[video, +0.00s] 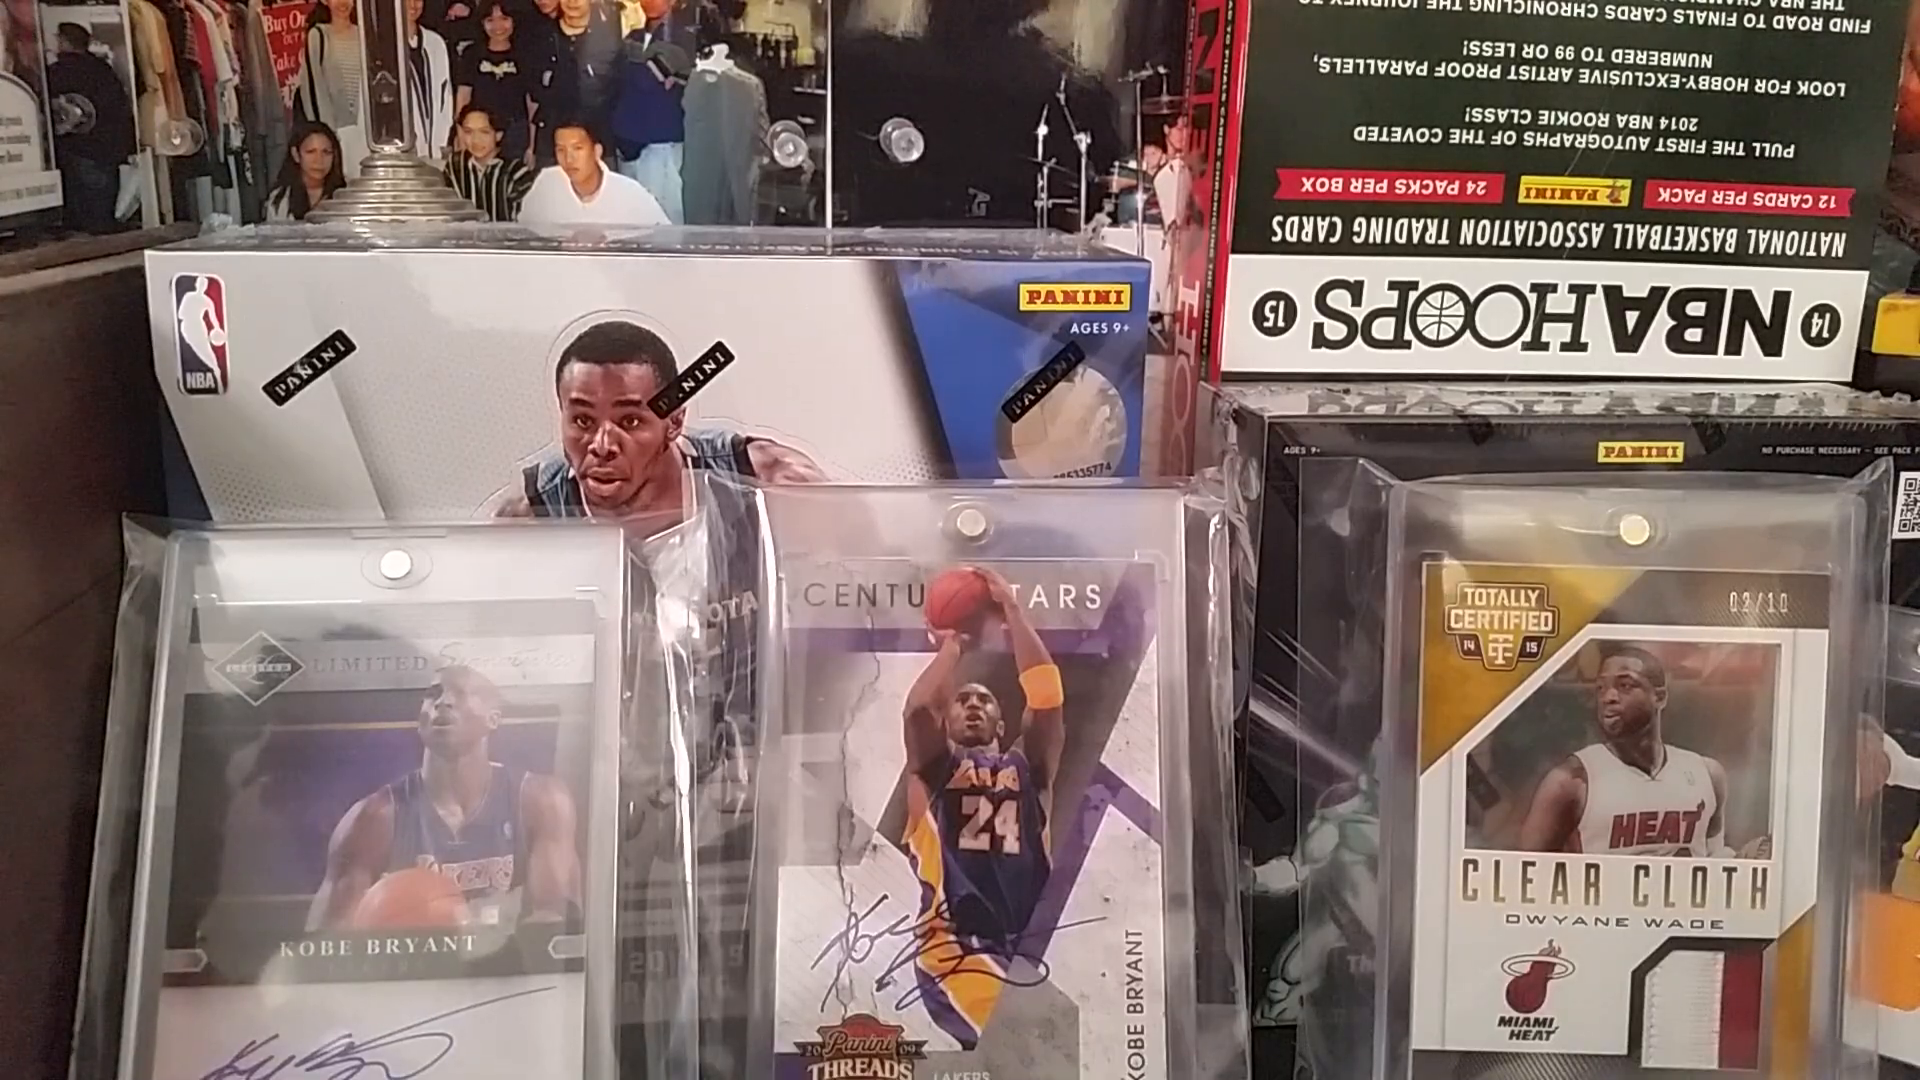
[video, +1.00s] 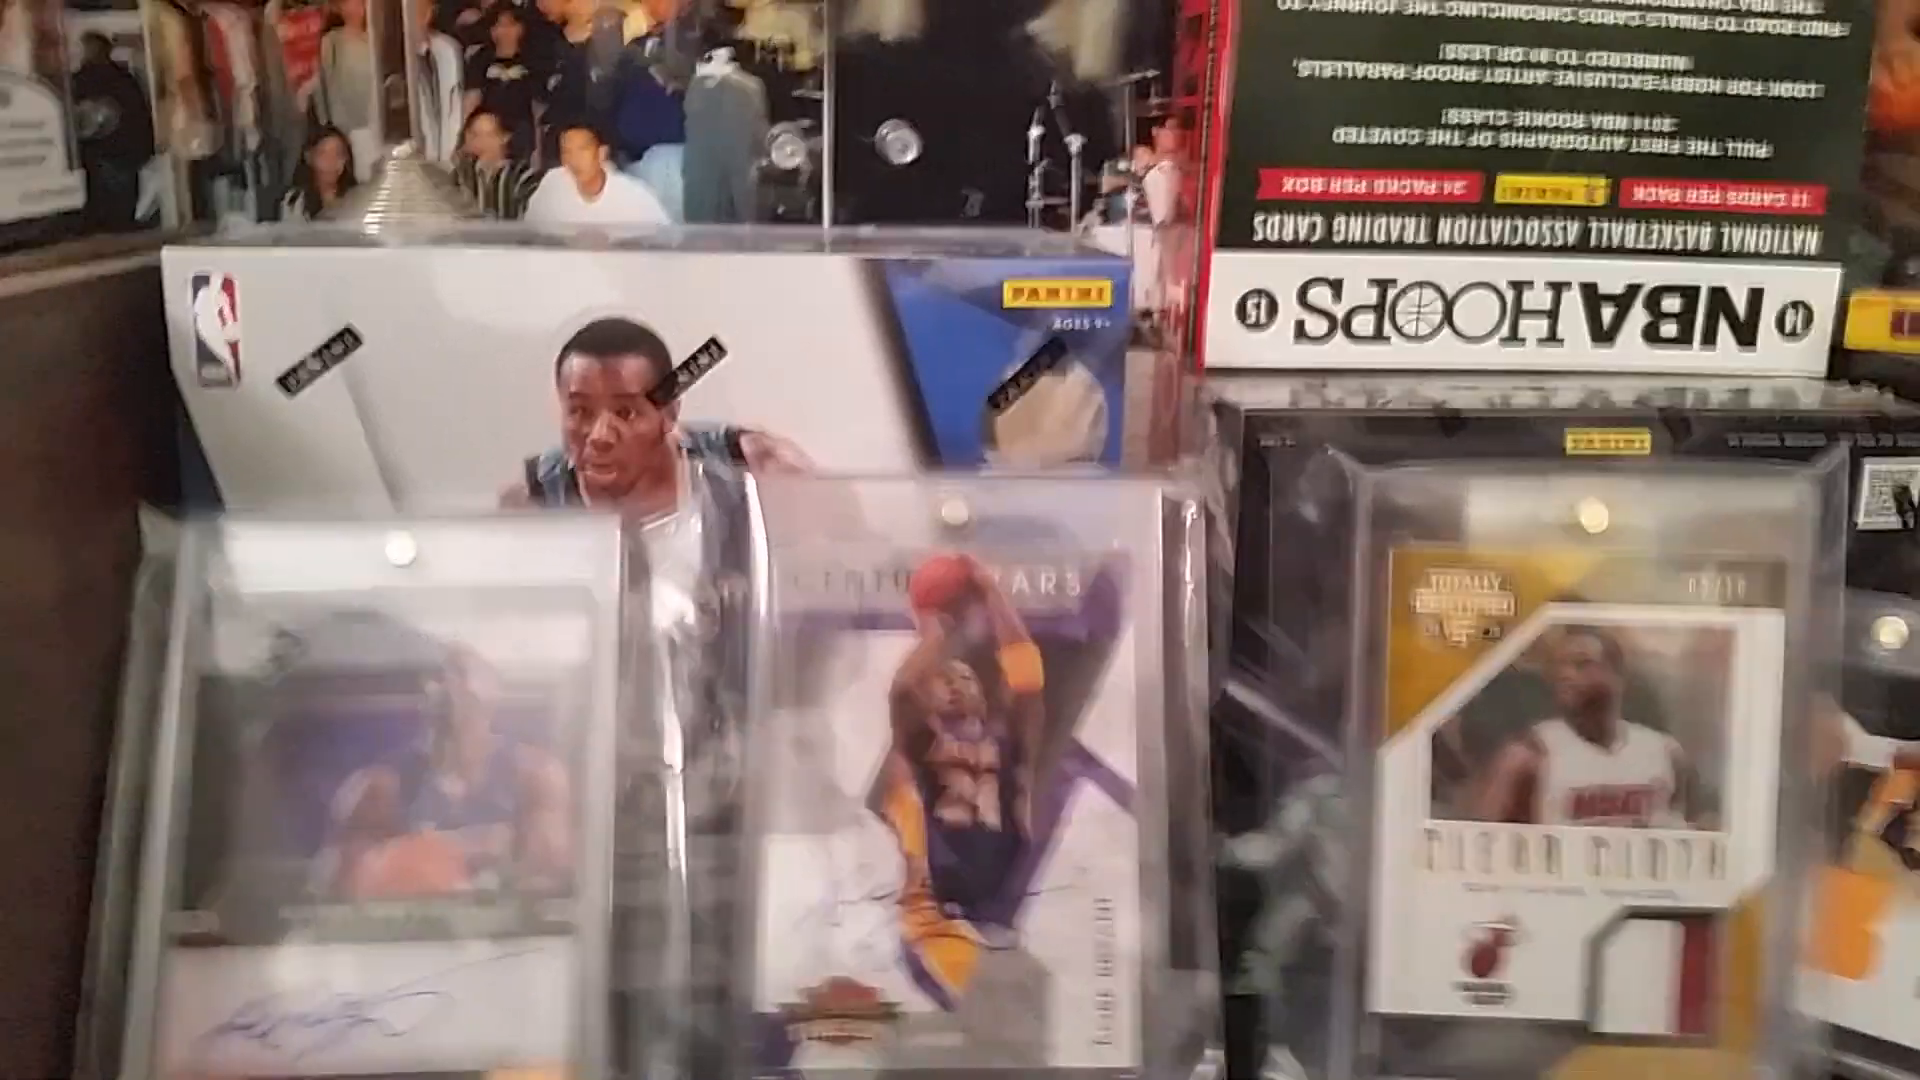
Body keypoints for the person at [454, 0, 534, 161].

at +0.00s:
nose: (498, 26)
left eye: (504, 18)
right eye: (490, 20)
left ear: (513, 22)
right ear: (483, 25)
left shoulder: (524, 55)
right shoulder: (472, 53)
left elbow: (532, 102)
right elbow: (463, 96)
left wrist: (531, 146)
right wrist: (460, 135)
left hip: (515, 130)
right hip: (480, 132)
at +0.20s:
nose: (498, 26)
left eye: (504, 19)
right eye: (490, 20)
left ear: (513, 22)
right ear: (483, 25)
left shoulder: (524, 55)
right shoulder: (473, 53)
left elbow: (532, 103)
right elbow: (464, 96)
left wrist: (531, 147)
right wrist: (460, 135)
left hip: (515, 130)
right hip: (481, 132)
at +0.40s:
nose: (501, 25)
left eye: (507, 18)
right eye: (493, 19)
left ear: (516, 21)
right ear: (486, 24)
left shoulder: (526, 54)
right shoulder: (475, 54)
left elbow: (535, 102)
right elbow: (466, 96)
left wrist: (534, 145)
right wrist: (464, 136)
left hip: (518, 131)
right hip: (483, 133)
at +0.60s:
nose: (516, 24)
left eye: (522, 17)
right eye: (508, 19)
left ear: (531, 21)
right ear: (501, 24)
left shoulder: (541, 54)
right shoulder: (491, 53)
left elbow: (549, 101)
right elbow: (482, 94)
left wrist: (549, 145)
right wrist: (479, 133)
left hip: (533, 128)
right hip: (499, 129)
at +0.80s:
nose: (535, 24)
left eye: (540, 17)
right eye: (529, 18)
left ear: (548, 23)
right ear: (522, 23)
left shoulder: (558, 54)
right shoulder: (508, 53)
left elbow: (566, 101)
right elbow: (499, 94)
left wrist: (566, 144)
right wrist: (496, 132)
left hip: (550, 129)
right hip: (515, 130)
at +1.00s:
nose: (500, 31)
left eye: (507, 25)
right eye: (497, 25)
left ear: (520, 29)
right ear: (491, 30)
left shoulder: (531, 63)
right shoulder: (480, 61)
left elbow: (538, 108)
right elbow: (472, 100)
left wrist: (538, 148)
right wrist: (465, 140)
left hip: (520, 135)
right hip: (485, 137)